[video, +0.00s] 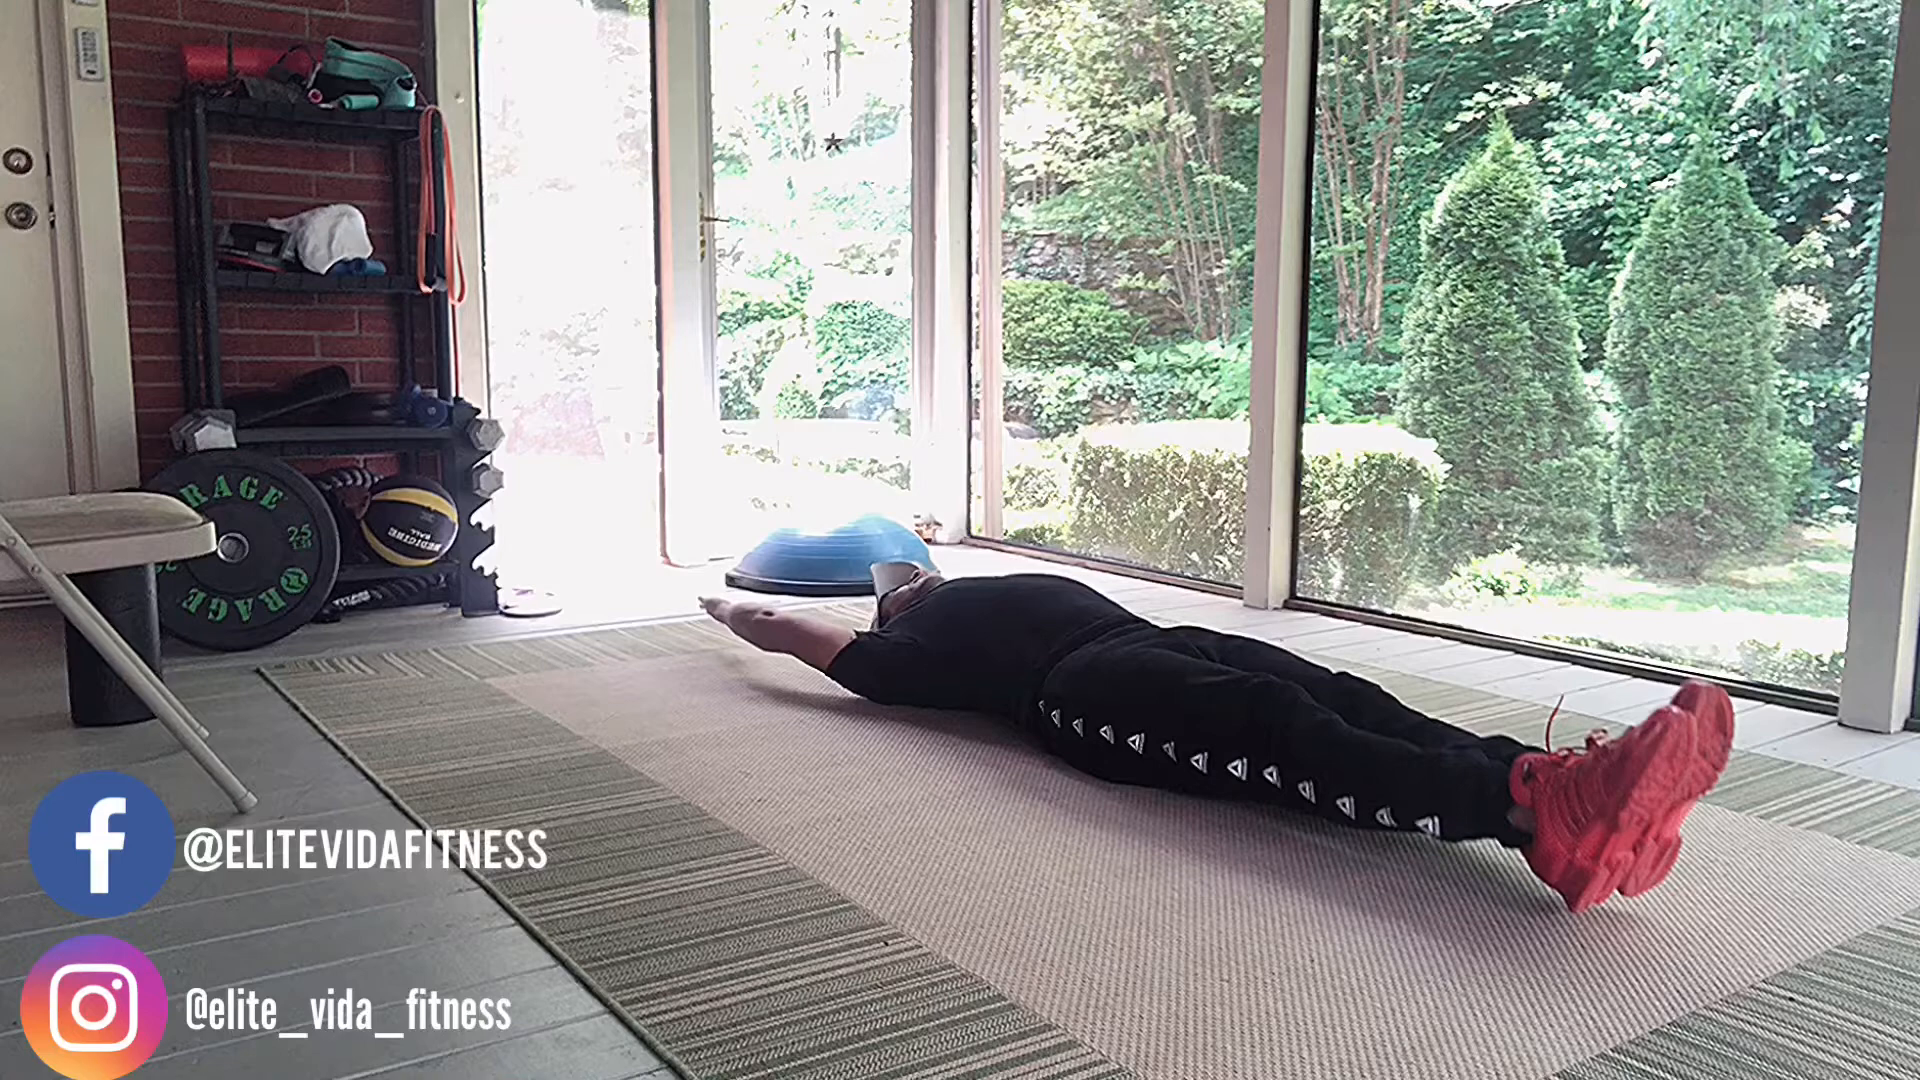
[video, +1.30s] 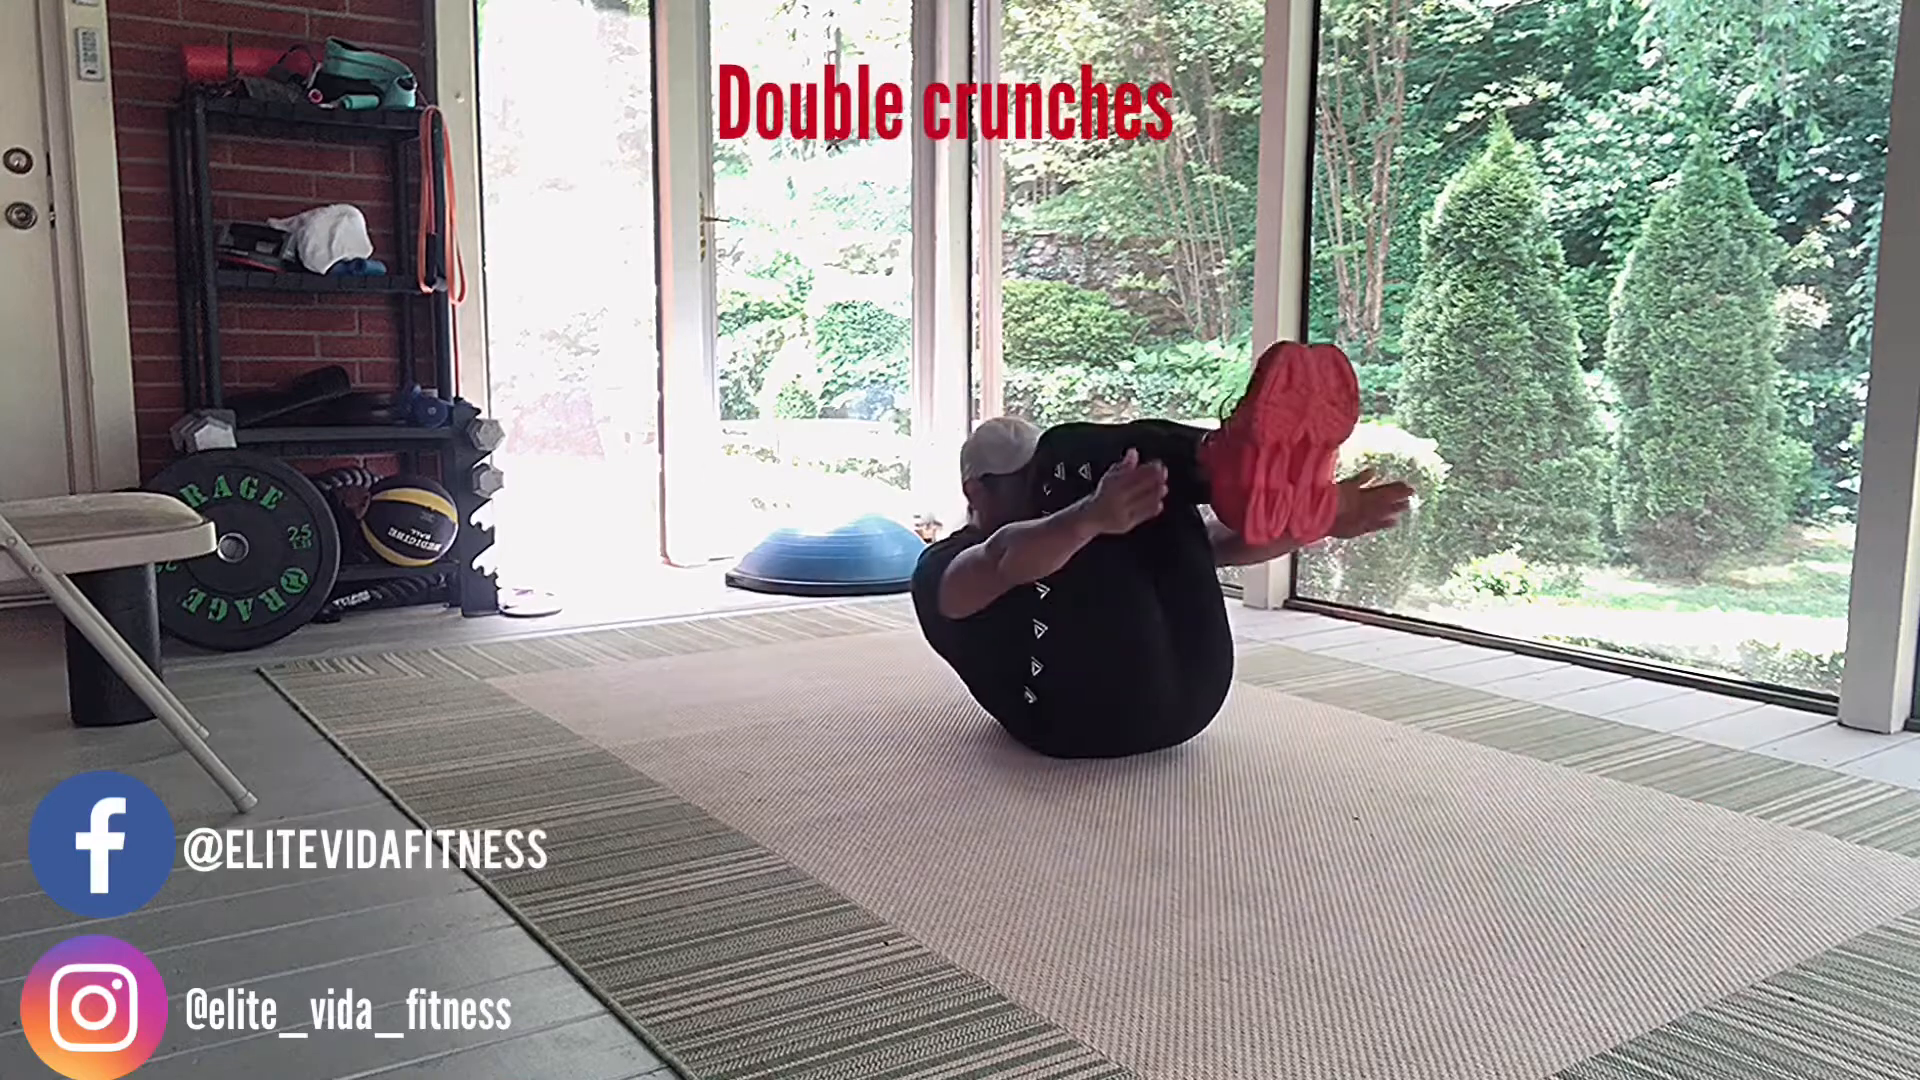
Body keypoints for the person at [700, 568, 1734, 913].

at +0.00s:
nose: (910, 570)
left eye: (907, 563)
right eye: (892, 575)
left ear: (918, 572)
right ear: (877, 597)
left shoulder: (997, 587)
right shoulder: (885, 646)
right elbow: (765, 623)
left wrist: (928, 550)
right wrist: (742, 596)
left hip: (1147, 639)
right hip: (1079, 684)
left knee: (1321, 687)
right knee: (1272, 728)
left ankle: (1571, 812)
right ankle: (1542, 812)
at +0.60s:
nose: (932, 552)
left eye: (939, 551)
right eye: (912, 558)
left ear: (953, 573)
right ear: (881, 597)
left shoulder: (990, 601)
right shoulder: (880, 640)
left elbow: (1009, 555)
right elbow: (781, 585)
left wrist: (951, 544)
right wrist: (743, 556)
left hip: (1151, 648)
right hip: (1082, 691)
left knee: (1345, 647)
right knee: (1294, 672)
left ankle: (1564, 786)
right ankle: (1538, 817)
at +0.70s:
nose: (944, 535)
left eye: (949, 528)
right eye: (925, 534)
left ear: (968, 548)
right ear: (898, 565)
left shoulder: (1020, 587)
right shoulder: (894, 623)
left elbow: (1052, 518)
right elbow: (803, 557)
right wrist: (747, 479)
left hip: (1169, 677)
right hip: (1094, 706)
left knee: (1338, 595)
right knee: (1259, 608)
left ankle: (1543, 742)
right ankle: (1511, 740)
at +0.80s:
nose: (970, 518)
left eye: (974, 512)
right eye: (948, 516)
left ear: (994, 536)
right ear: (907, 550)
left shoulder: (1042, 576)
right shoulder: (906, 620)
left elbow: (1094, 480)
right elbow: (828, 535)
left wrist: (1106, 367)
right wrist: (789, 446)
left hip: (1173, 685)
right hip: (1110, 715)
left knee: (1297, 530)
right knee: (1221, 549)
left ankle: (1484, 661)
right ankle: (1463, 670)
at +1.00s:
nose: (1005, 500)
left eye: (1009, 487)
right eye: (985, 490)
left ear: (1018, 500)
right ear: (944, 513)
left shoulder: (1067, 560)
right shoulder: (934, 599)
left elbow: (1208, 518)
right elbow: (916, 562)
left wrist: (1268, 382)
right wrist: (921, 489)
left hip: (1185, 692)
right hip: (1092, 703)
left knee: (1211, 450)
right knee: (1113, 463)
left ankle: (1373, 551)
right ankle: (1339, 533)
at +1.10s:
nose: (1025, 500)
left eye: (1025, 485)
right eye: (1004, 487)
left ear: (1034, 495)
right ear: (968, 499)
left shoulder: (1065, 556)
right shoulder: (931, 584)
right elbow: (976, 532)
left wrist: (1100, 457)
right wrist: (1039, 446)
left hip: (1180, 694)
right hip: (1085, 708)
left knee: (1174, 432)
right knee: (1088, 460)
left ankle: (1326, 509)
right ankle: (1270, 501)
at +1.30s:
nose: (1030, 498)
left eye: (1034, 485)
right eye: (1014, 485)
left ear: (1041, 487)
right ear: (976, 490)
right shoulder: (939, 569)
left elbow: (1215, 545)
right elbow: (1002, 559)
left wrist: (1322, 516)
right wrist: (1090, 517)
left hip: (1189, 693)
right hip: (1089, 706)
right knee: (1061, 455)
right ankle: (1225, 462)